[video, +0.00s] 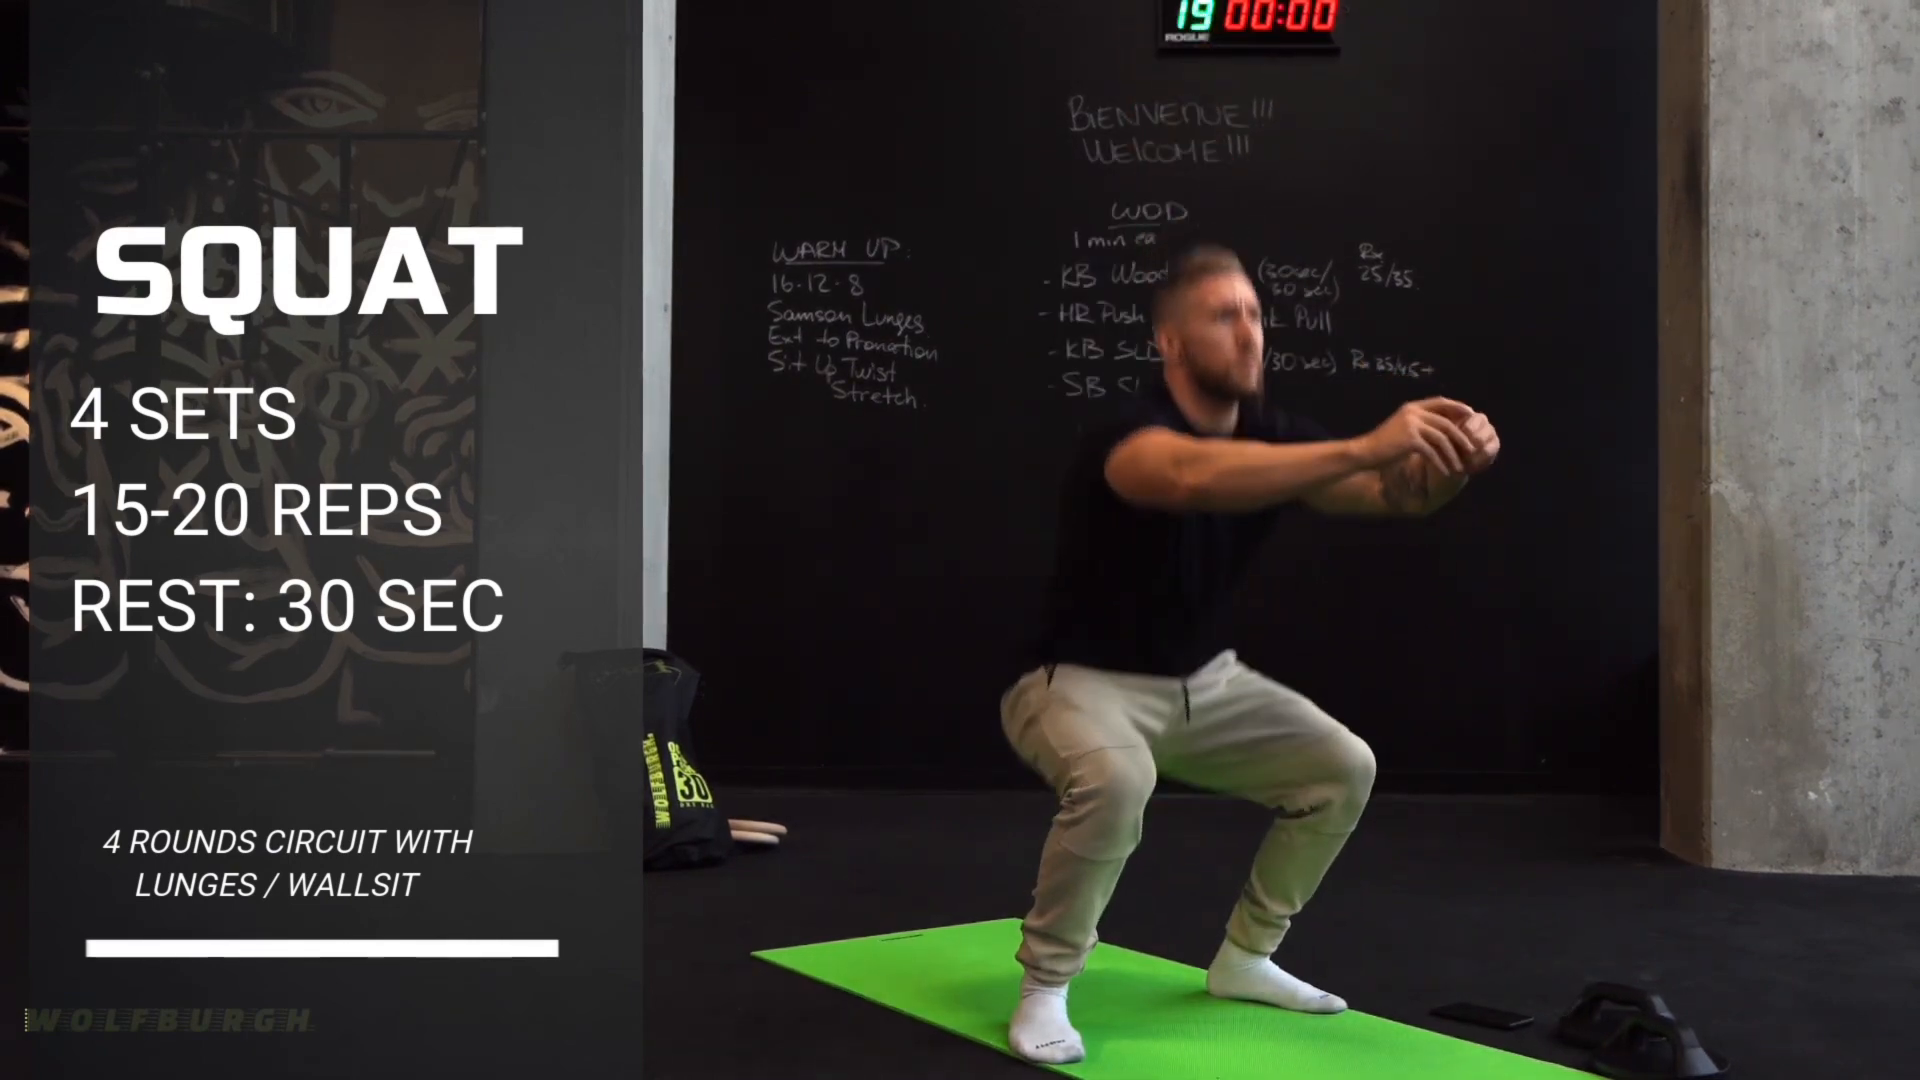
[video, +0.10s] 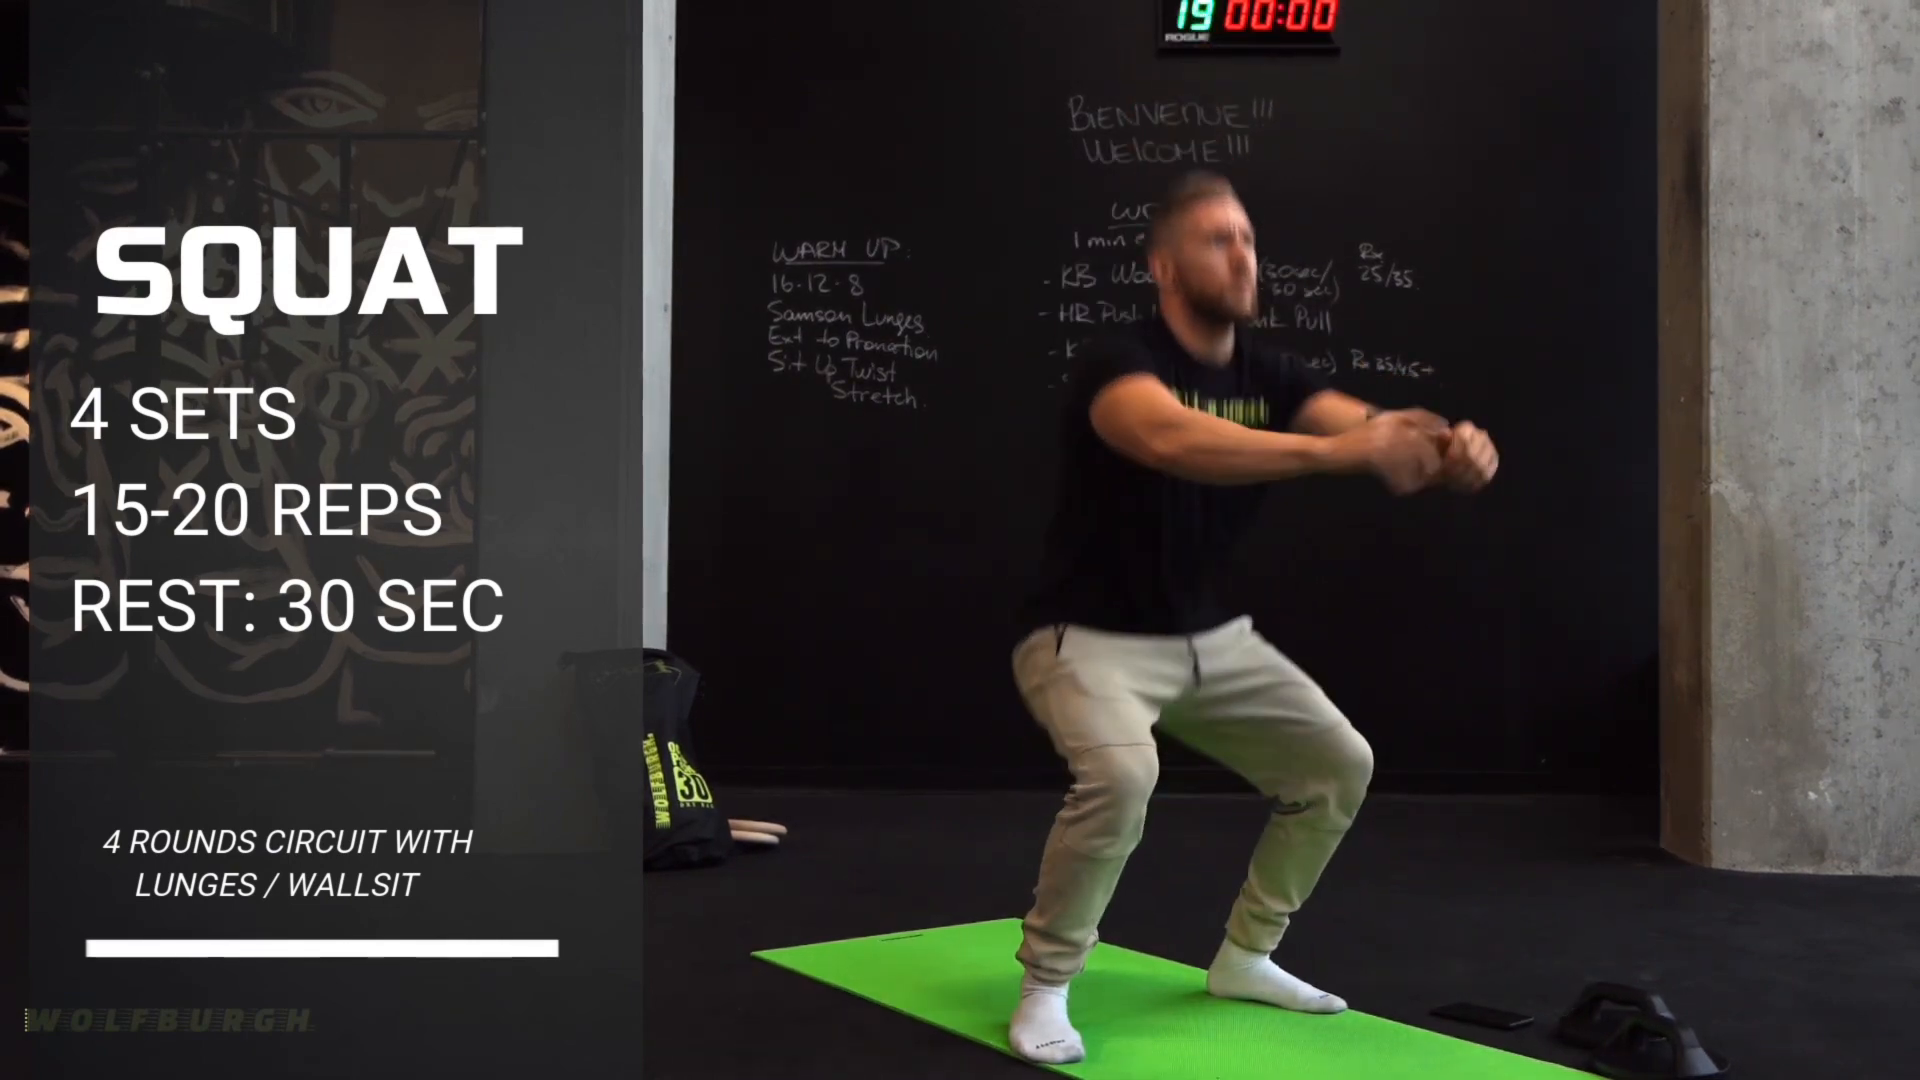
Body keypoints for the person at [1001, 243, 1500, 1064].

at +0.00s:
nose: (1250, 331)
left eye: (1255, 315)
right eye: (1225, 317)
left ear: (1264, 333)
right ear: (1169, 345)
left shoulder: (1266, 440)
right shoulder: (1125, 437)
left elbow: (1381, 492)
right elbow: (1193, 478)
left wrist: (1449, 467)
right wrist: (1364, 448)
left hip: (1205, 688)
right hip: (1082, 685)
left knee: (1342, 769)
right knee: (1115, 781)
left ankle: (1244, 961)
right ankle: (1044, 989)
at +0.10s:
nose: (1244, 255)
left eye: (1248, 240)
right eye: (1220, 241)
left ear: (1257, 258)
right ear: (1164, 265)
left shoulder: (1262, 373)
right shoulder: (1115, 363)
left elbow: (1358, 426)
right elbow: (1175, 443)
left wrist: (1443, 449)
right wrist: (1349, 451)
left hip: (1210, 641)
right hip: (1089, 642)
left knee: (1339, 766)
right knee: (1120, 776)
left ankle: (1244, 960)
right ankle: (1045, 986)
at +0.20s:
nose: (1230, 145)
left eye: (1235, 128)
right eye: (1205, 130)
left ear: (1245, 148)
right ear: (1150, 152)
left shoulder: (1262, 278)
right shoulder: (1103, 259)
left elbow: (1342, 383)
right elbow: (1114, 397)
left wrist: (1412, 469)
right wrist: (1228, 494)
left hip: (1227, 578)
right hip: (1107, 575)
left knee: (1310, 756)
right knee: (1115, 763)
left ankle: (1242, 959)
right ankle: (1045, 981)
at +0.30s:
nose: (1223, 88)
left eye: (1228, 72)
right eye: (1196, 73)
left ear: (1238, 98)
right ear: (1144, 102)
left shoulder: (1259, 226)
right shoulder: (1101, 210)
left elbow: (1326, 367)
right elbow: (1072, 368)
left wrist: (1375, 490)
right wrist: (1134, 507)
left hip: (1231, 545)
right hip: (1116, 543)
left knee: (1282, 744)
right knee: (1107, 747)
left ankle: (1240, 956)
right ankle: (1043, 982)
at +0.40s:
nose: (1222, 61)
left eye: (1226, 45)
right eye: (1197, 46)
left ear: (1233, 71)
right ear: (1144, 76)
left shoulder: (1260, 205)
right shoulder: (1093, 192)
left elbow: (1308, 363)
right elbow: (1044, 357)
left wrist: (1321, 503)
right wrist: (1062, 514)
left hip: (1242, 526)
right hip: (1123, 520)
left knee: (1250, 743)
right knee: (1093, 742)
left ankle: (1239, 955)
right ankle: (1040, 981)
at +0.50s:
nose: (1218, 58)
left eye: (1223, 43)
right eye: (1194, 43)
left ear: (1231, 70)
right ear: (1140, 72)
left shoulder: (1258, 203)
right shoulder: (1089, 188)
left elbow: (1289, 367)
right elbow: (1029, 355)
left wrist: (1283, 507)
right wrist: (1027, 513)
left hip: (1238, 525)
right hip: (1117, 517)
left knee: (1231, 742)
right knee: (1085, 746)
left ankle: (1237, 954)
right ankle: (1039, 979)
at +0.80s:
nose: (1216, 87)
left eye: (1222, 71)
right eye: (1190, 72)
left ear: (1231, 97)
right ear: (1137, 98)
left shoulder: (1252, 231)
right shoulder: (1090, 212)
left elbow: (1325, 364)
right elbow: (1075, 363)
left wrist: (1368, 484)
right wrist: (1183, 480)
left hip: (1229, 543)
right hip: (1107, 541)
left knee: (1279, 745)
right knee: (1099, 755)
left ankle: (1241, 957)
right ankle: (1041, 983)